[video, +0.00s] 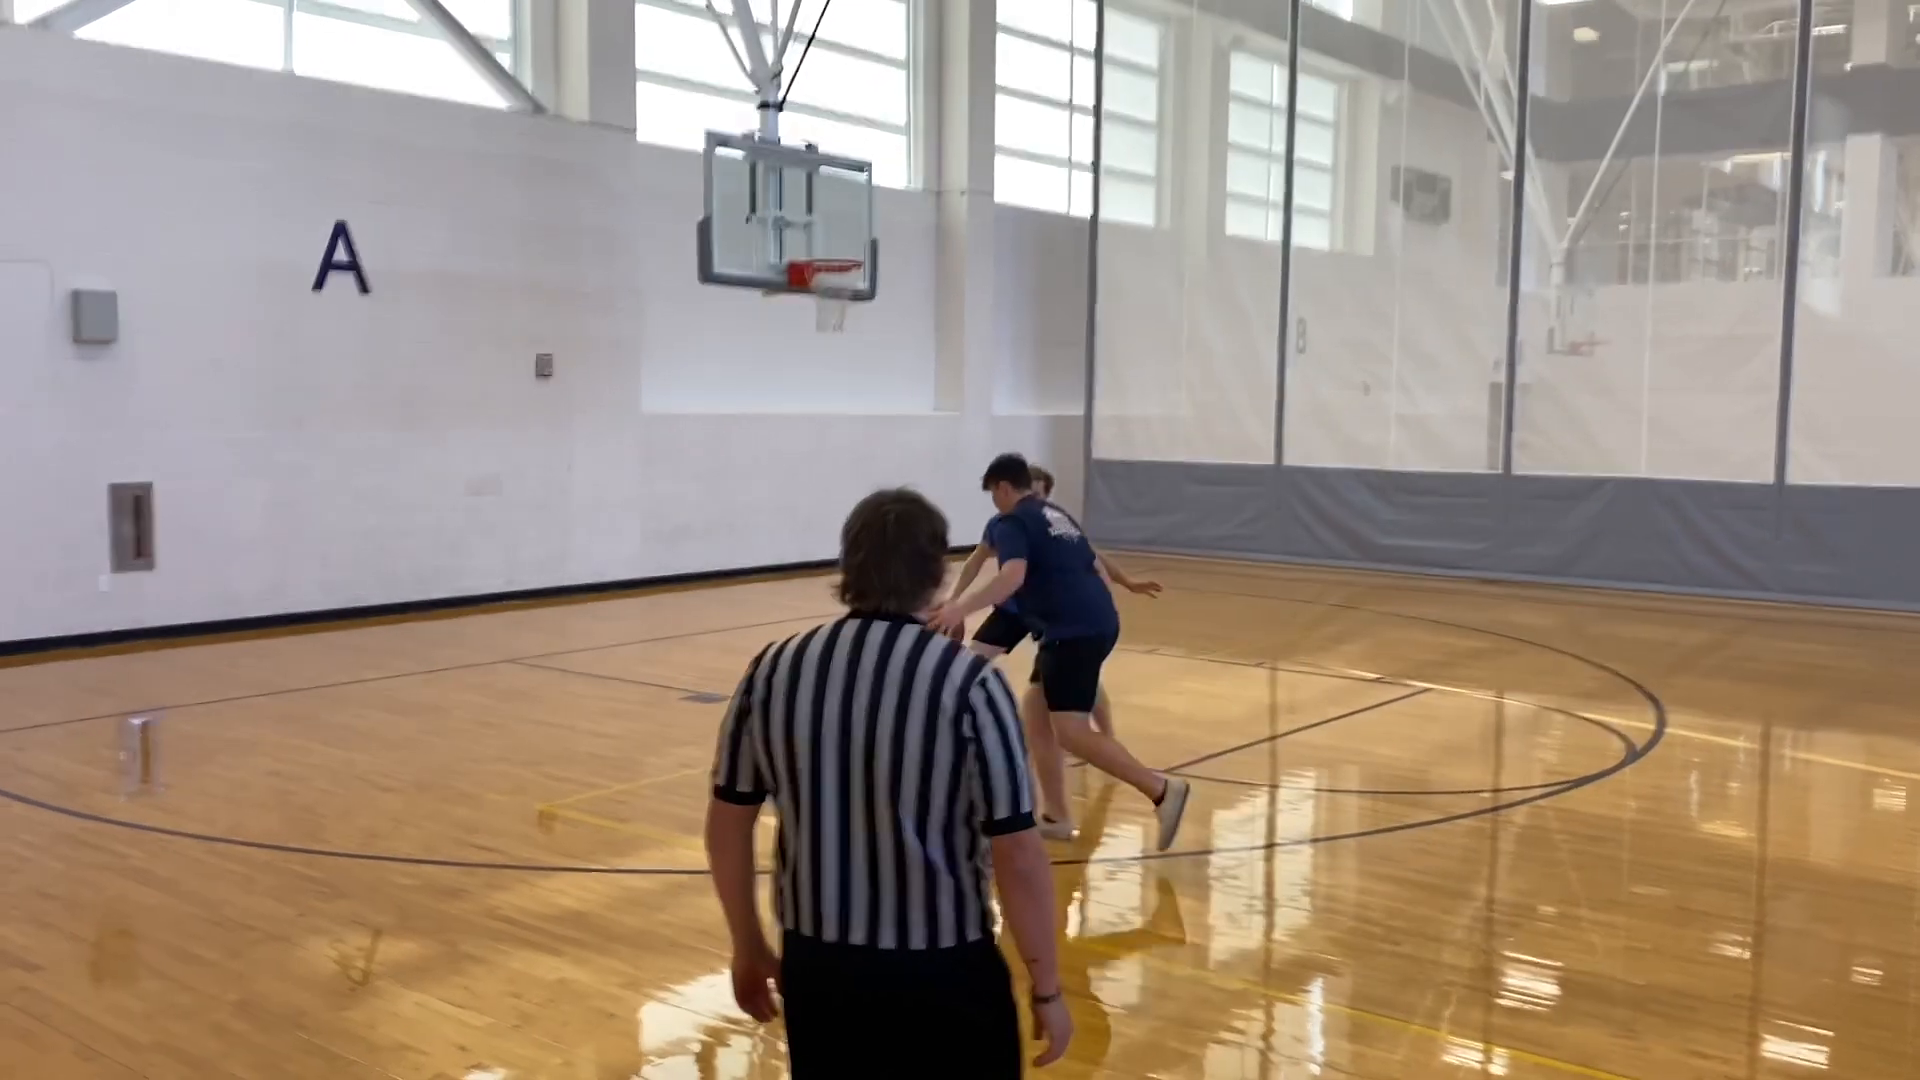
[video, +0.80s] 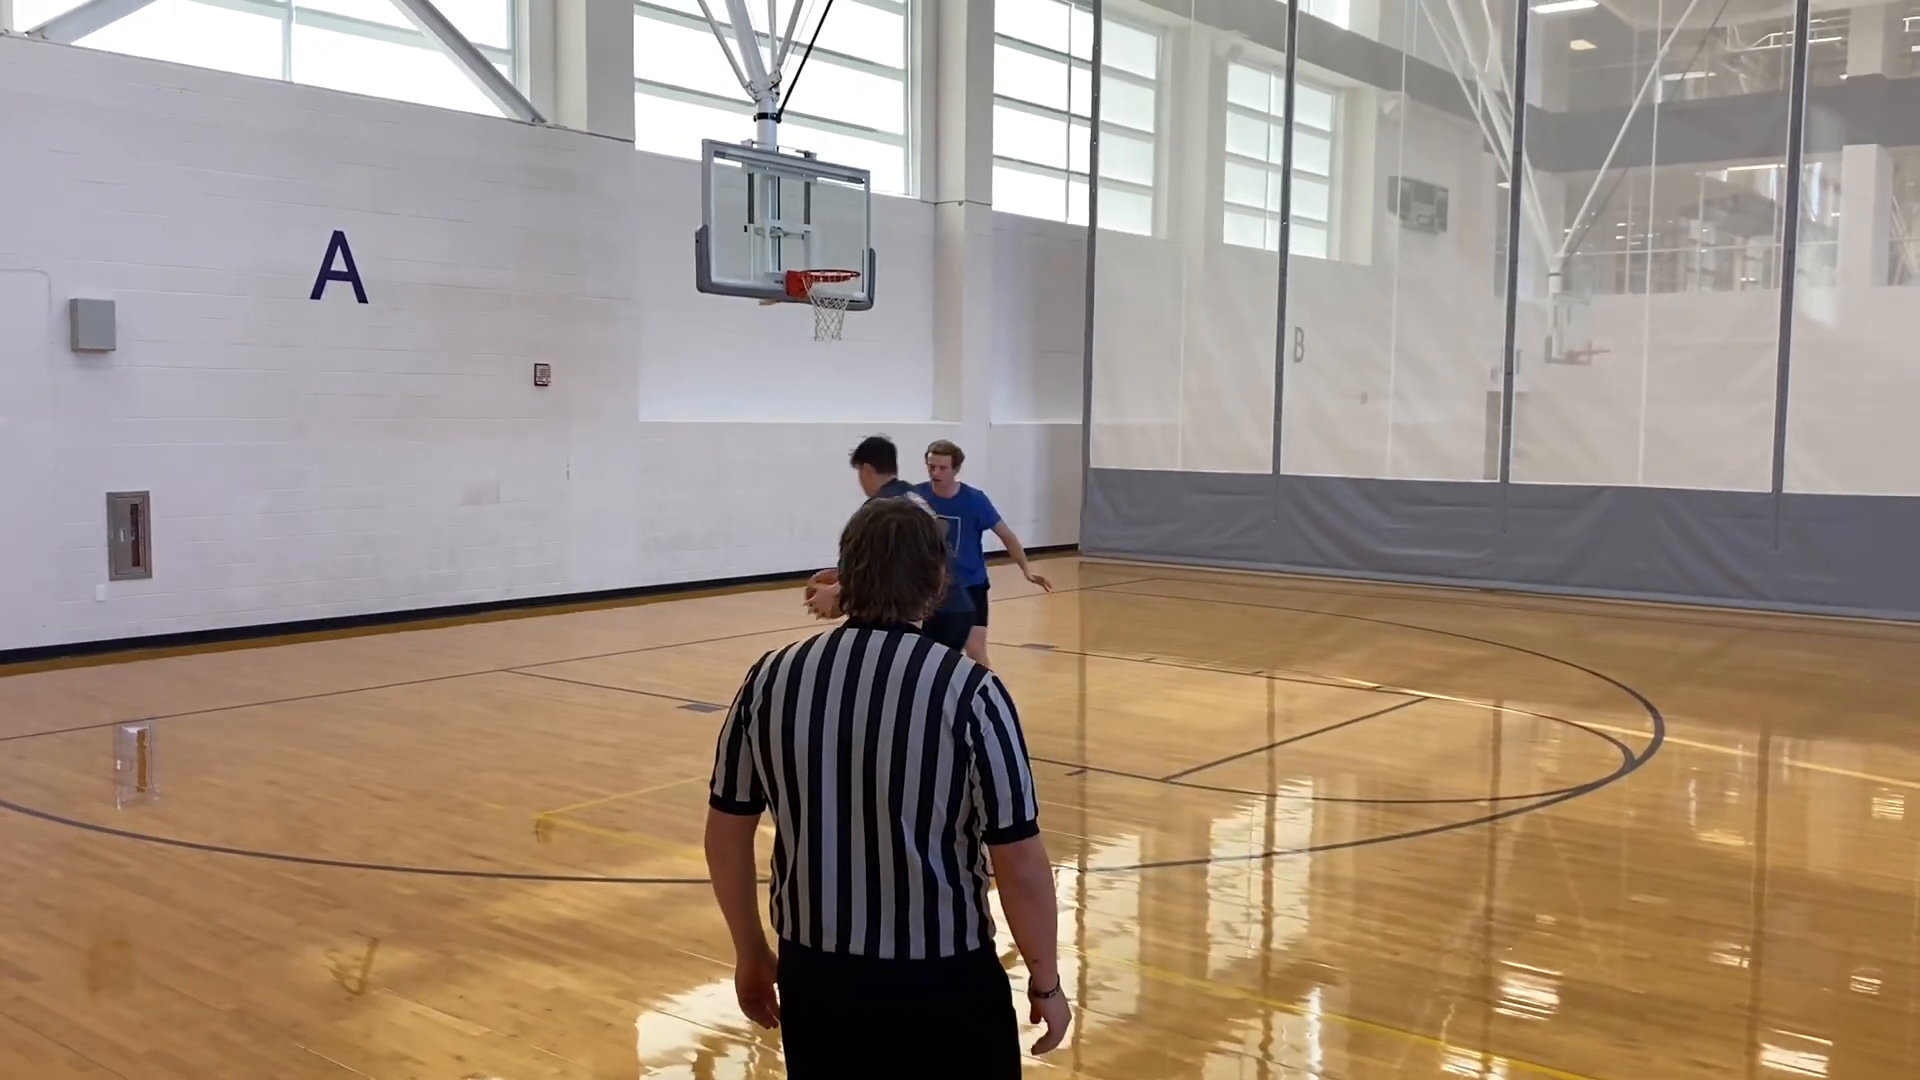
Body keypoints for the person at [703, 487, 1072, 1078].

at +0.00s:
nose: (945, 575)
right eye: (943, 562)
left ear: (849, 568)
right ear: (937, 572)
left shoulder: (775, 669)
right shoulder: (970, 684)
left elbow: (727, 823)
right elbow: (1017, 853)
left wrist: (747, 945)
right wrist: (1048, 989)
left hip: (820, 980)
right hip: (950, 982)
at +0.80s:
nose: (949, 583)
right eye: (946, 570)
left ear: (847, 573)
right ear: (937, 581)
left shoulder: (772, 677)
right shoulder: (972, 691)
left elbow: (726, 832)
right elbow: (1019, 860)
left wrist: (749, 949)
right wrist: (1045, 978)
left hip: (816, 984)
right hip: (948, 988)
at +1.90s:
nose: (939, 573)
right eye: (935, 561)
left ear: (842, 563)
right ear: (929, 571)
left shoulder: (768, 668)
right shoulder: (968, 681)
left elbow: (724, 828)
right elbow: (1018, 852)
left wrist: (758, 940)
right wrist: (1038, 955)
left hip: (813, 972)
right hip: (946, 976)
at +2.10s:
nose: (939, 573)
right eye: (935, 561)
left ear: (841, 564)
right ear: (929, 572)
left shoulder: (768, 671)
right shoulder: (969, 682)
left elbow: (724, 826)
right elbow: (1019, 851)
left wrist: (757, 940)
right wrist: (1037, 953)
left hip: (815, 974)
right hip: (948, 977)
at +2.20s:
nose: (938, 573)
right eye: (934, 560)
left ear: (841, 566)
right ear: (929, 572)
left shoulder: (768, 670)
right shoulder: (967, 681)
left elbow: (723, 826)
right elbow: (1017, 849)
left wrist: (755, 939)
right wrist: (1035, 950)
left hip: (814, 976)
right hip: (945, 978)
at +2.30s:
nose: (939, 571)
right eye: (935, 559)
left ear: (841, 565)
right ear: (929, 571)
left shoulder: (765, 671)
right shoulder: (968, 682)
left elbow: (721, 830)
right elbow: (1017, 852)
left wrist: (755, 941)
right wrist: (1032, 951)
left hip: (813, 976)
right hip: (946, 979)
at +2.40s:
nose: (938, 570)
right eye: (934, 558)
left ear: (841, 566)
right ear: (928, 569)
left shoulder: (765, 670)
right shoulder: (968, 682)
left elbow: (721, 829)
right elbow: (1018, 853)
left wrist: (754, 939)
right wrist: (1032, 949)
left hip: (812, 974)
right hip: (945, 976)